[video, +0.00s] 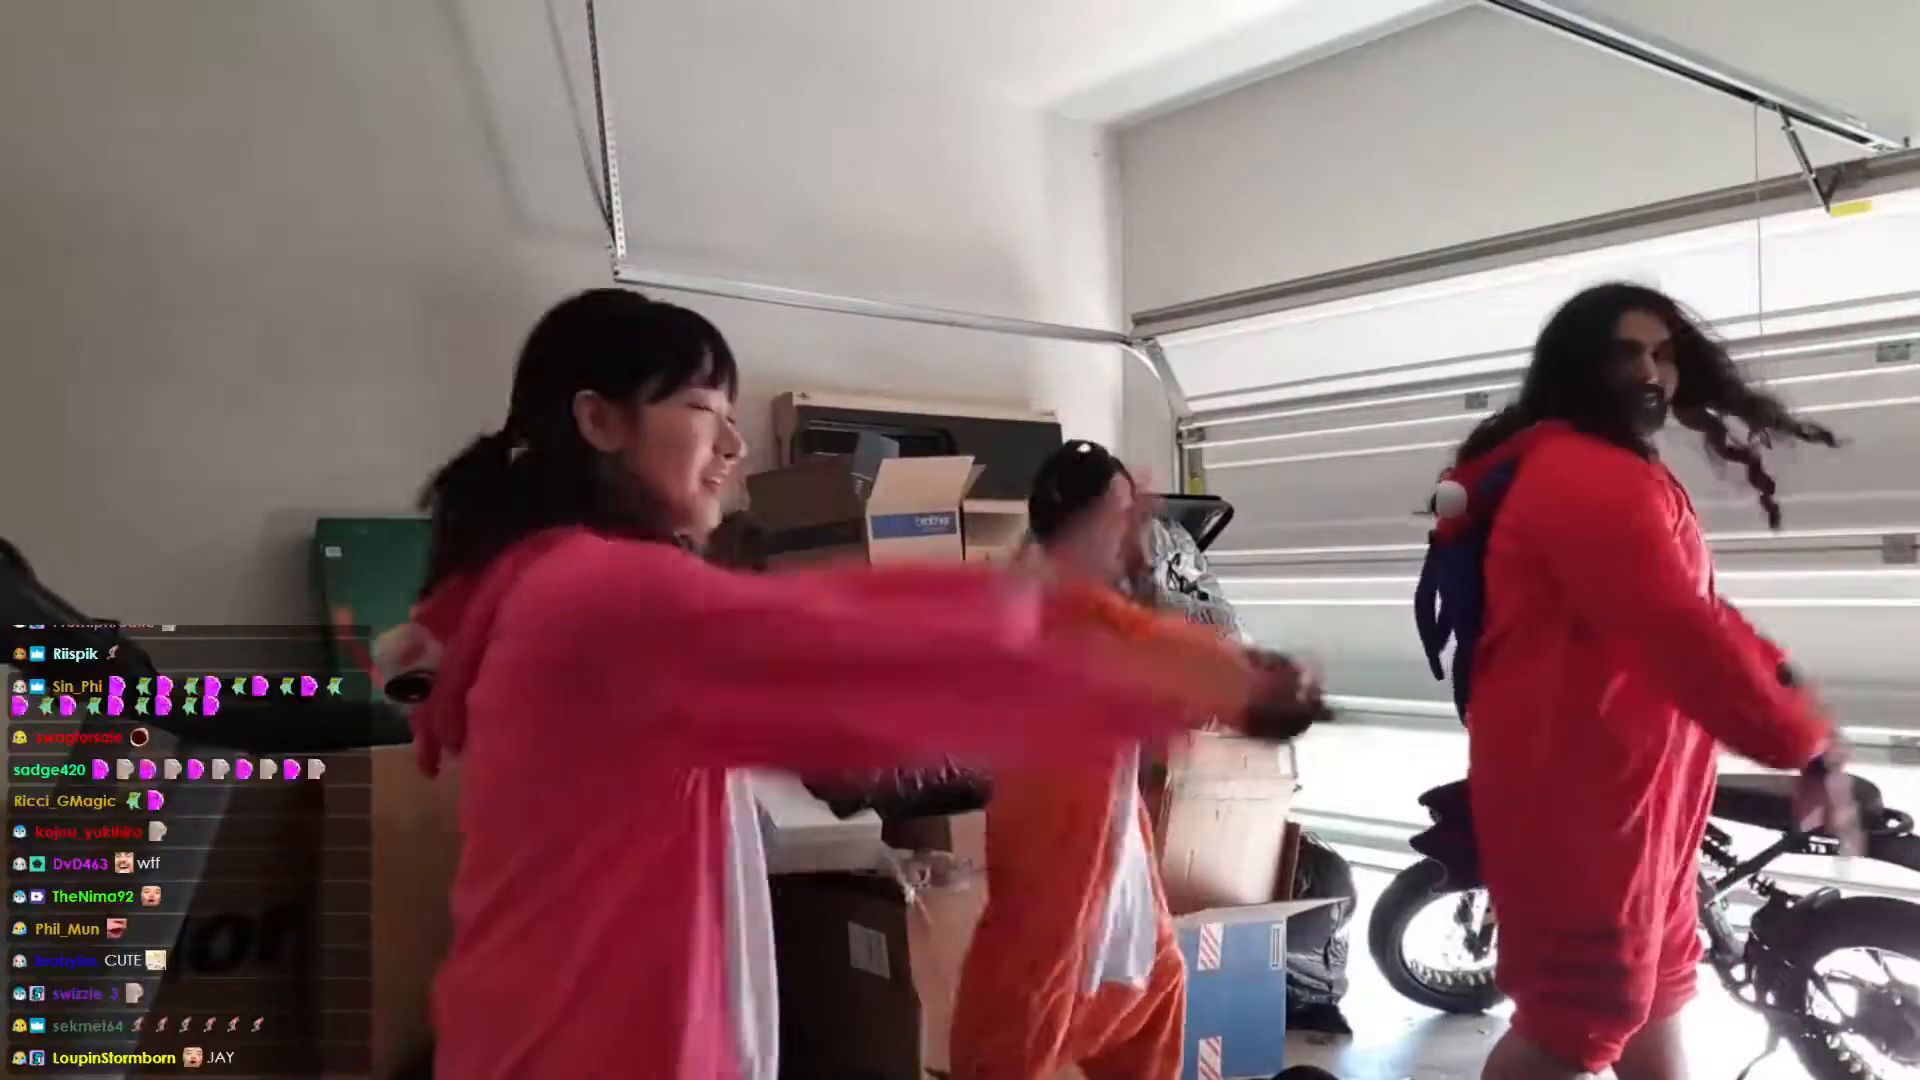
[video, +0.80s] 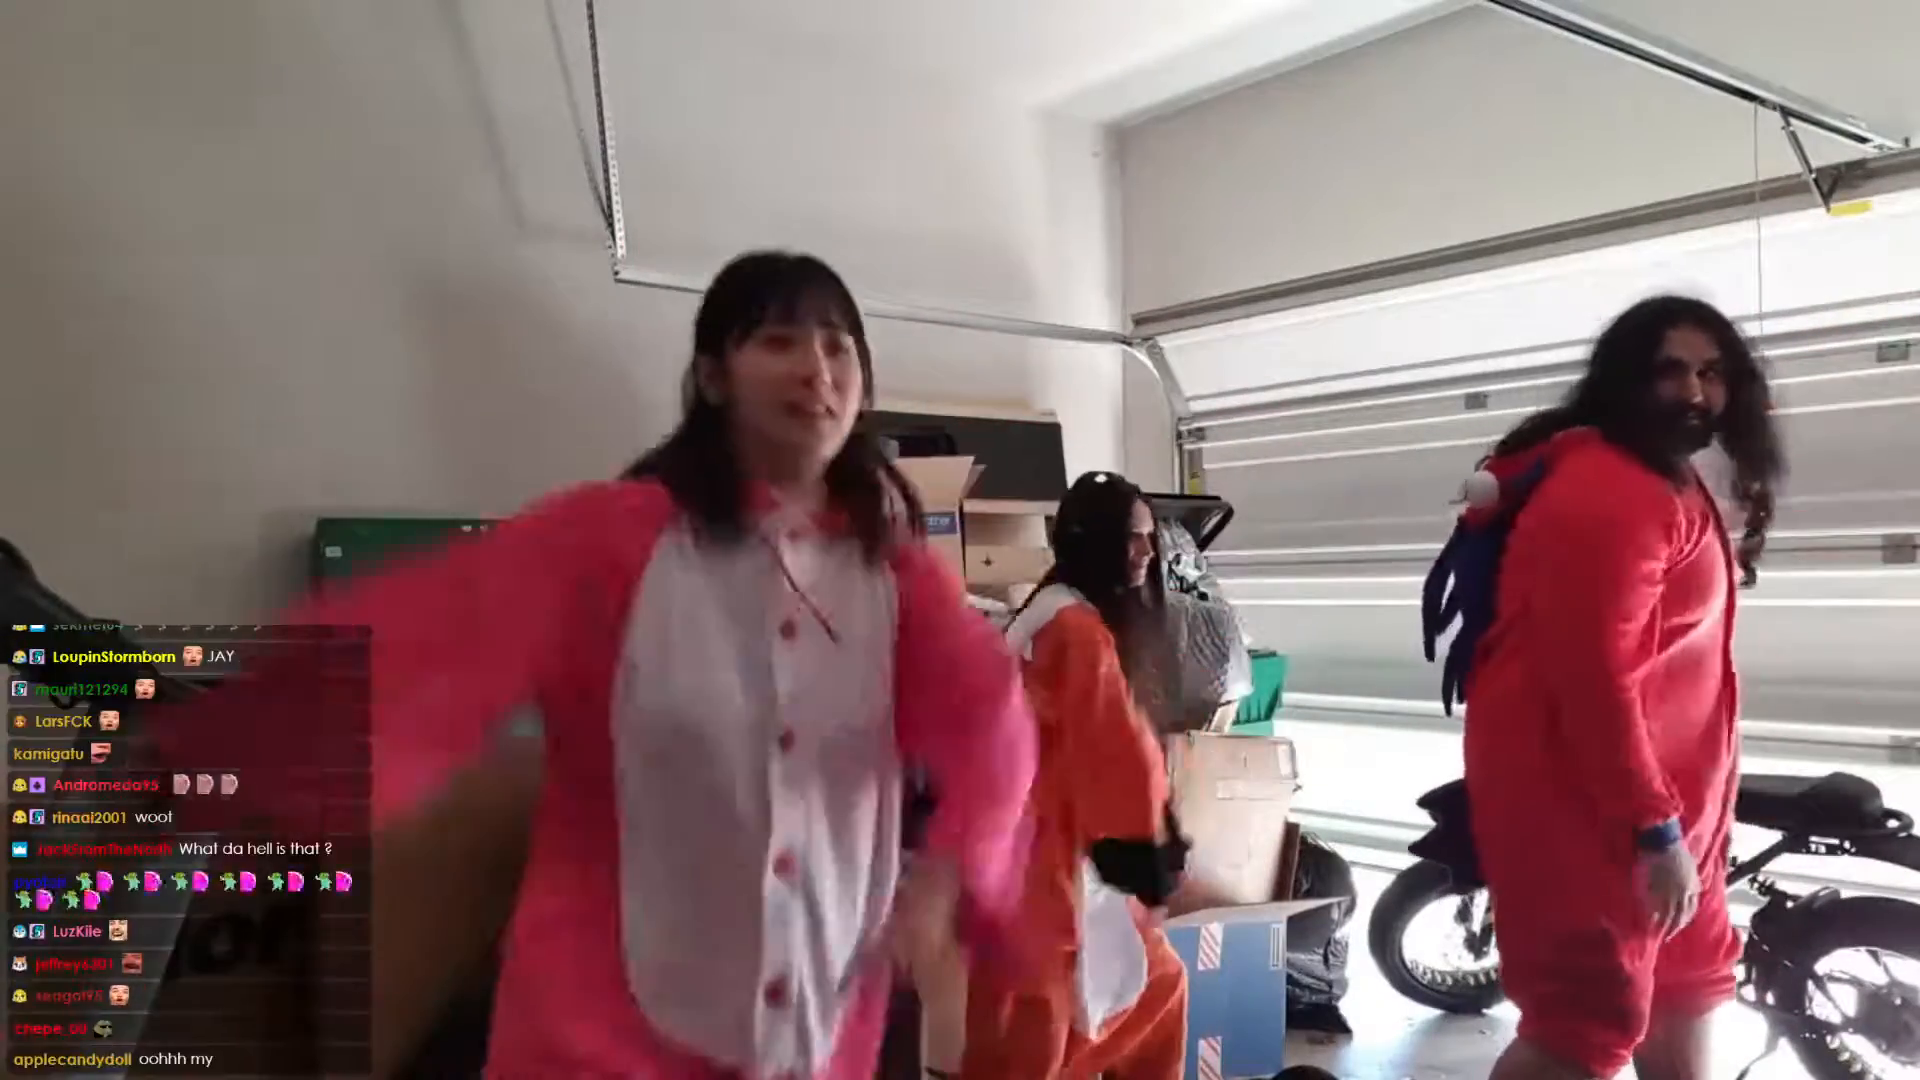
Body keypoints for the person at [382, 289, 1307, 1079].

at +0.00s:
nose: (735, 439)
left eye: (731, 413)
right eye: (703, 406)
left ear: (616, 428)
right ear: (598, 421)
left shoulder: (615, 589)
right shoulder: (581, 590)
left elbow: (857, 709)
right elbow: (851, 639)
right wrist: (1199, 676)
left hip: (658, 1034)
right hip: (585, 1045)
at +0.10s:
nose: (725, 456)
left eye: (723, 429)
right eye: (702, 428)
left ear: (604, 459)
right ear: (603, 453)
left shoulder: (597, 614)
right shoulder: (572, 609)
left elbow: (761, 480)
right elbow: (779, 486)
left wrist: (870, 283)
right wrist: (950, 273)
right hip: (615, 1050)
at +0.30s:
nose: (741, 504)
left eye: (742, 463)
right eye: (709, 460)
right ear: (641, 464)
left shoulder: (671, 664)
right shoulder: (586, 652)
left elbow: (719, 462)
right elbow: (697, 458)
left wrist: (784, 272)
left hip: (730, 1054)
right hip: (648, 1056)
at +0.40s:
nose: (772, 442)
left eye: (769, 415)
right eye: (753, 412)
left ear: (669, 427)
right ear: (661, 425)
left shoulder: (664, 602)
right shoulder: (591, 589)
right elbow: (816, 489)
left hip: (710, 1034)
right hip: (639, 1046)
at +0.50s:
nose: (827, 440)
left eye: (818, 415)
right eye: (798, 417)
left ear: (719, 447)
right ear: (705, 444)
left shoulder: (702, 591)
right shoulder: (668, 583)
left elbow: (882, 714)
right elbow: (888, 669)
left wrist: (1041, 746)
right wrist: (1121, 693)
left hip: (667, 1033)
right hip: (600, 1040)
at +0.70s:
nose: (870, 472)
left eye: (875, 448)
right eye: (823, 450)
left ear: (890, 473)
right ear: (745, 492)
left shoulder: (871, 696)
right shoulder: (692, 655)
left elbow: (857, 927)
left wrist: (818, 1065)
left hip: (780, 1058)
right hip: (647, 1053)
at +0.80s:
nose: (817, 370)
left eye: (840, 348)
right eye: (782, 342)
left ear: (863, 384)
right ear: (718, 370)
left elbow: (993, 720)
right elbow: (399, 632)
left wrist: (938, 881)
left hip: (822, 1023)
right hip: (610, 1014)